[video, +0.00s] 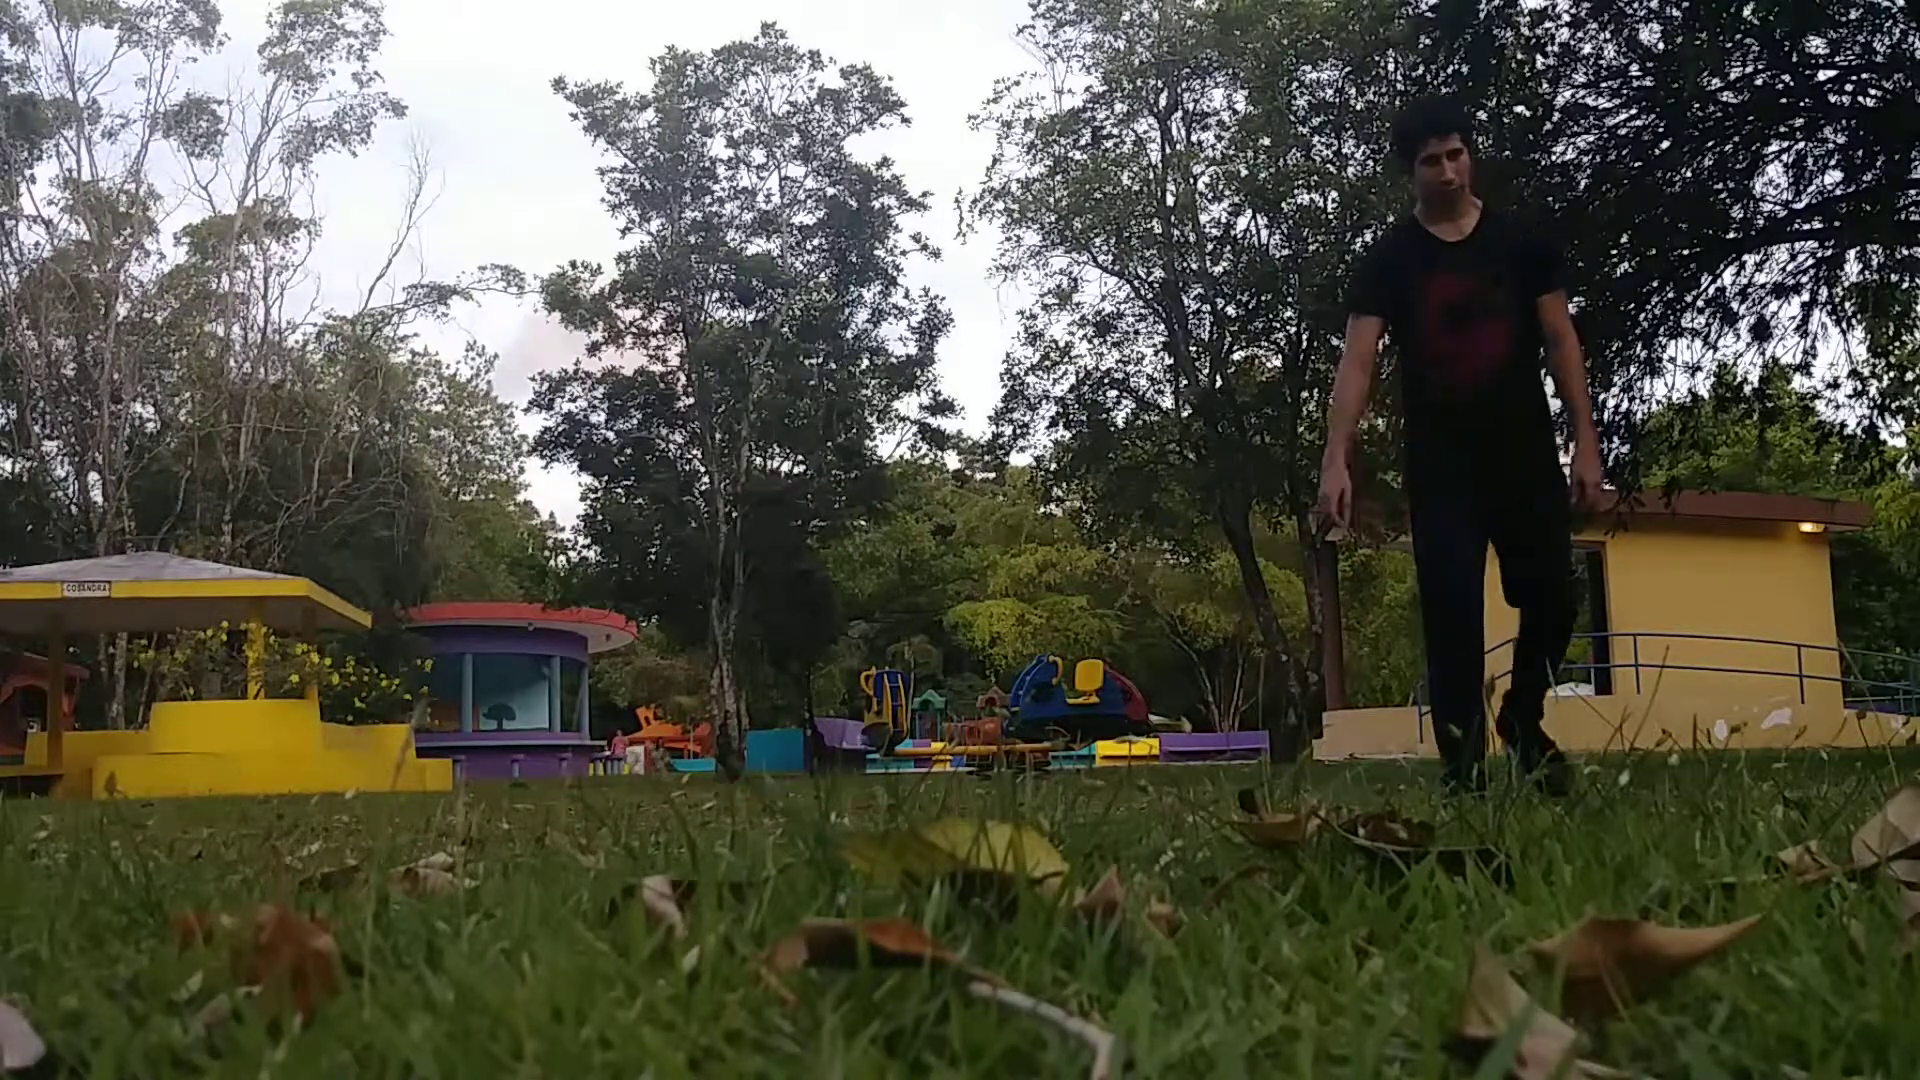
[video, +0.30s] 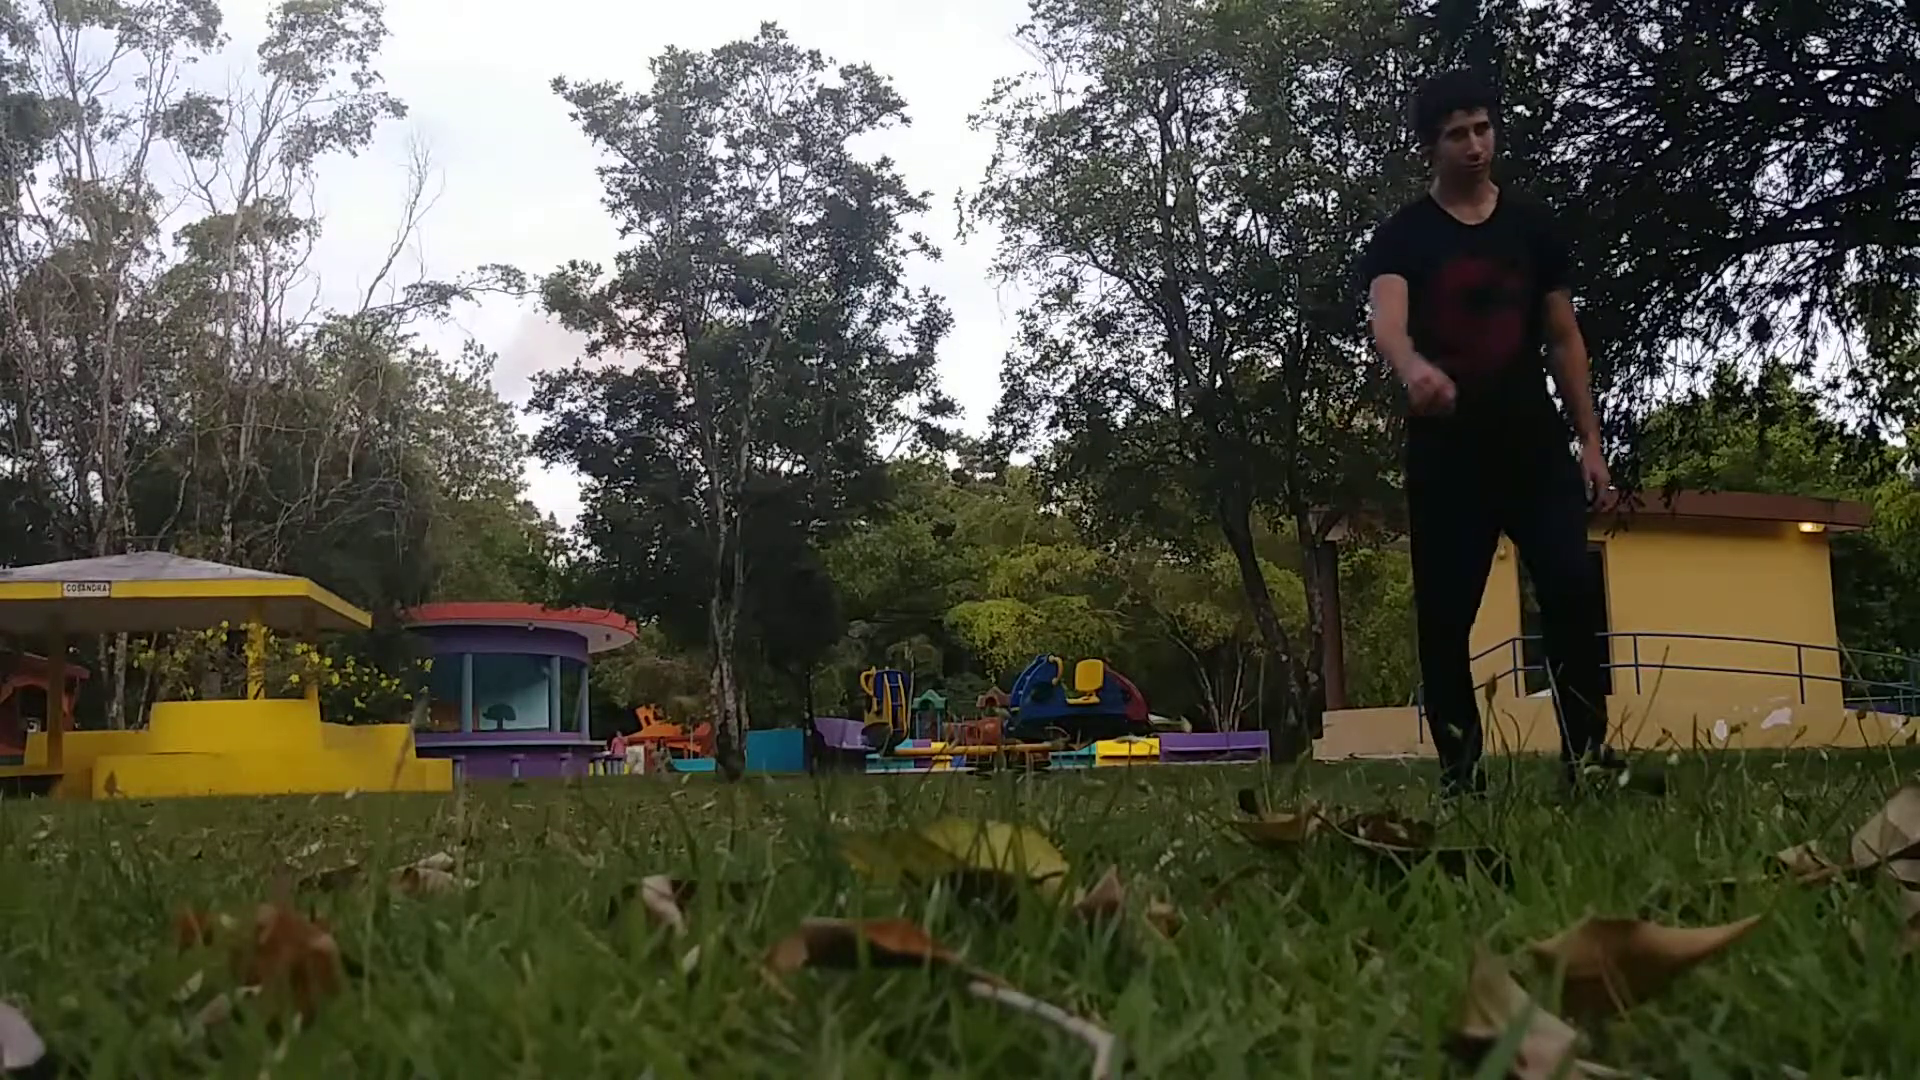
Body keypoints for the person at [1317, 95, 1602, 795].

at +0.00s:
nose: (1447, 169)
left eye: (1456, 155)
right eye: (1432, 160)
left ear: (1472, 160)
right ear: (1409, 171)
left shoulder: (1521, 241)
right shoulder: (1387, 259)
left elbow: (1561, 340)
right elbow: (1357, 360)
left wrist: (1587, 442)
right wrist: (1335, 458)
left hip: (1524, 455)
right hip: (1440, 463)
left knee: (1553, 603)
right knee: (1450, 615)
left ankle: (1521, 723)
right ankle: (1461, 764)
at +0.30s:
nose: (1474, 144)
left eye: (1483, 130)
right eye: (1459, 134)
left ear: (1496, 135)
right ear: (1429, 144)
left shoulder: (1534, 227)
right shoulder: (1402, 234)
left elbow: (1566, 338)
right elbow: (1387, 322)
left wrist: (1590, 442)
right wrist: (1411, 365)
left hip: (1532, 441)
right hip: (1446, 449)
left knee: (1574, 588)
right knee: (1441, 617)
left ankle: (1586, 759)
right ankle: (1460, 771)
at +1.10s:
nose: (1584, 64)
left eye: (1592, 49)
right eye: (1565, 53)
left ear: (1607, 61)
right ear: (1530, 72)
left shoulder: (1648, 171)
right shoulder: (1489, 184)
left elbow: (1689, 279)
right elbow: (1459, 308)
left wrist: (1695, 381)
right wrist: (1428, 420)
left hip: (1623, 415)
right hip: (1524, 421)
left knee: (1622, 597)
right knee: (1535, 595)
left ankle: (1610, 761)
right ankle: (1552, 764)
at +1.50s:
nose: (1580, 22)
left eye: (1589, 8)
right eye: (1559, 10)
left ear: (1602, 21)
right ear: (1525, 31)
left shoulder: (1650, 125)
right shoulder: (1497, 142)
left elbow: (1690, 250)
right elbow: (1445, 270)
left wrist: (1701, 358)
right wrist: (1470, 356)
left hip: (1652, 388)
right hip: (1548, 395)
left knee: (1690, 575)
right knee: (1548, 585)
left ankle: (1621, 724)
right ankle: (1568, 766)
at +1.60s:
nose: (1594, 13)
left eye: (1604, 0)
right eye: (1575, 0)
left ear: (1617, 14)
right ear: (1538, 16)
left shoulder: (1662, 117)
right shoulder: (1503, 129)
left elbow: (1705, 245)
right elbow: (1452, 250)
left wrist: (1729, 352)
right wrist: (1513, 279)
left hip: (1662, 373)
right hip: (1558, 383)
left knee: (1721, 555)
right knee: (1557, 573)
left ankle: (1656, 729)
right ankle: (1568, 767)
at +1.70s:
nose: (1619, 3)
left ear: (1636, 8)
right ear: (1555, 9)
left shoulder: (1679, 113)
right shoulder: (1522, 114)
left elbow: (1720, 238)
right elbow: (1486, 230)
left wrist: (1756, 337)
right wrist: (1567, 235)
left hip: (1676, 363)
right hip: (1572, 373)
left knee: (1759, 537)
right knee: (1566, 571)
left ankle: (1728, 742)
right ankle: (1568, 765)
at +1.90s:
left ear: (1702, 4)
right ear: (1623, 2)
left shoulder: (1743, 107)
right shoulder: (1589, 97)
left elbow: (1764, 244)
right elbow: (1586, 227)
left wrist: (1805, 333)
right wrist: (1667, 241)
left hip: (1743, 364)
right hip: (1634, 369)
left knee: (1817, 546)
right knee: (1610, 570)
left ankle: (1846, 753)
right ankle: (1577, 767)